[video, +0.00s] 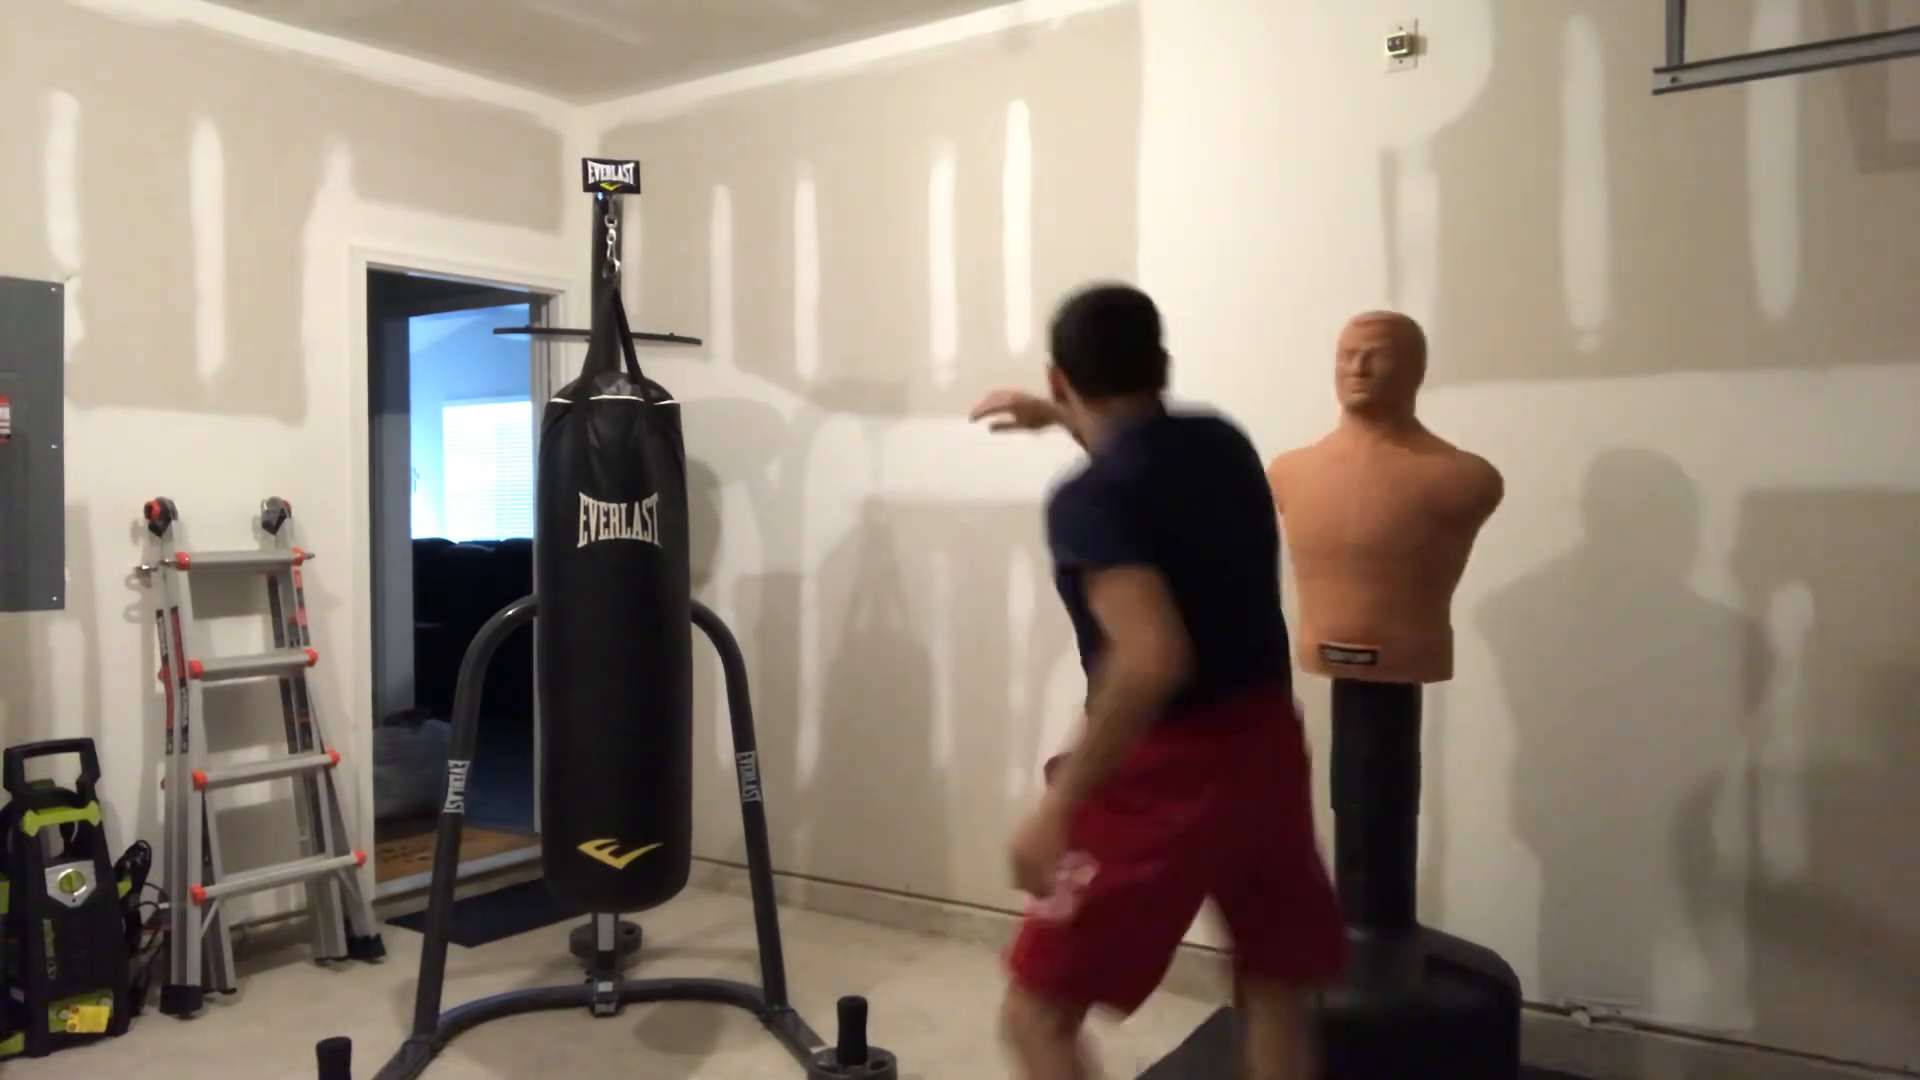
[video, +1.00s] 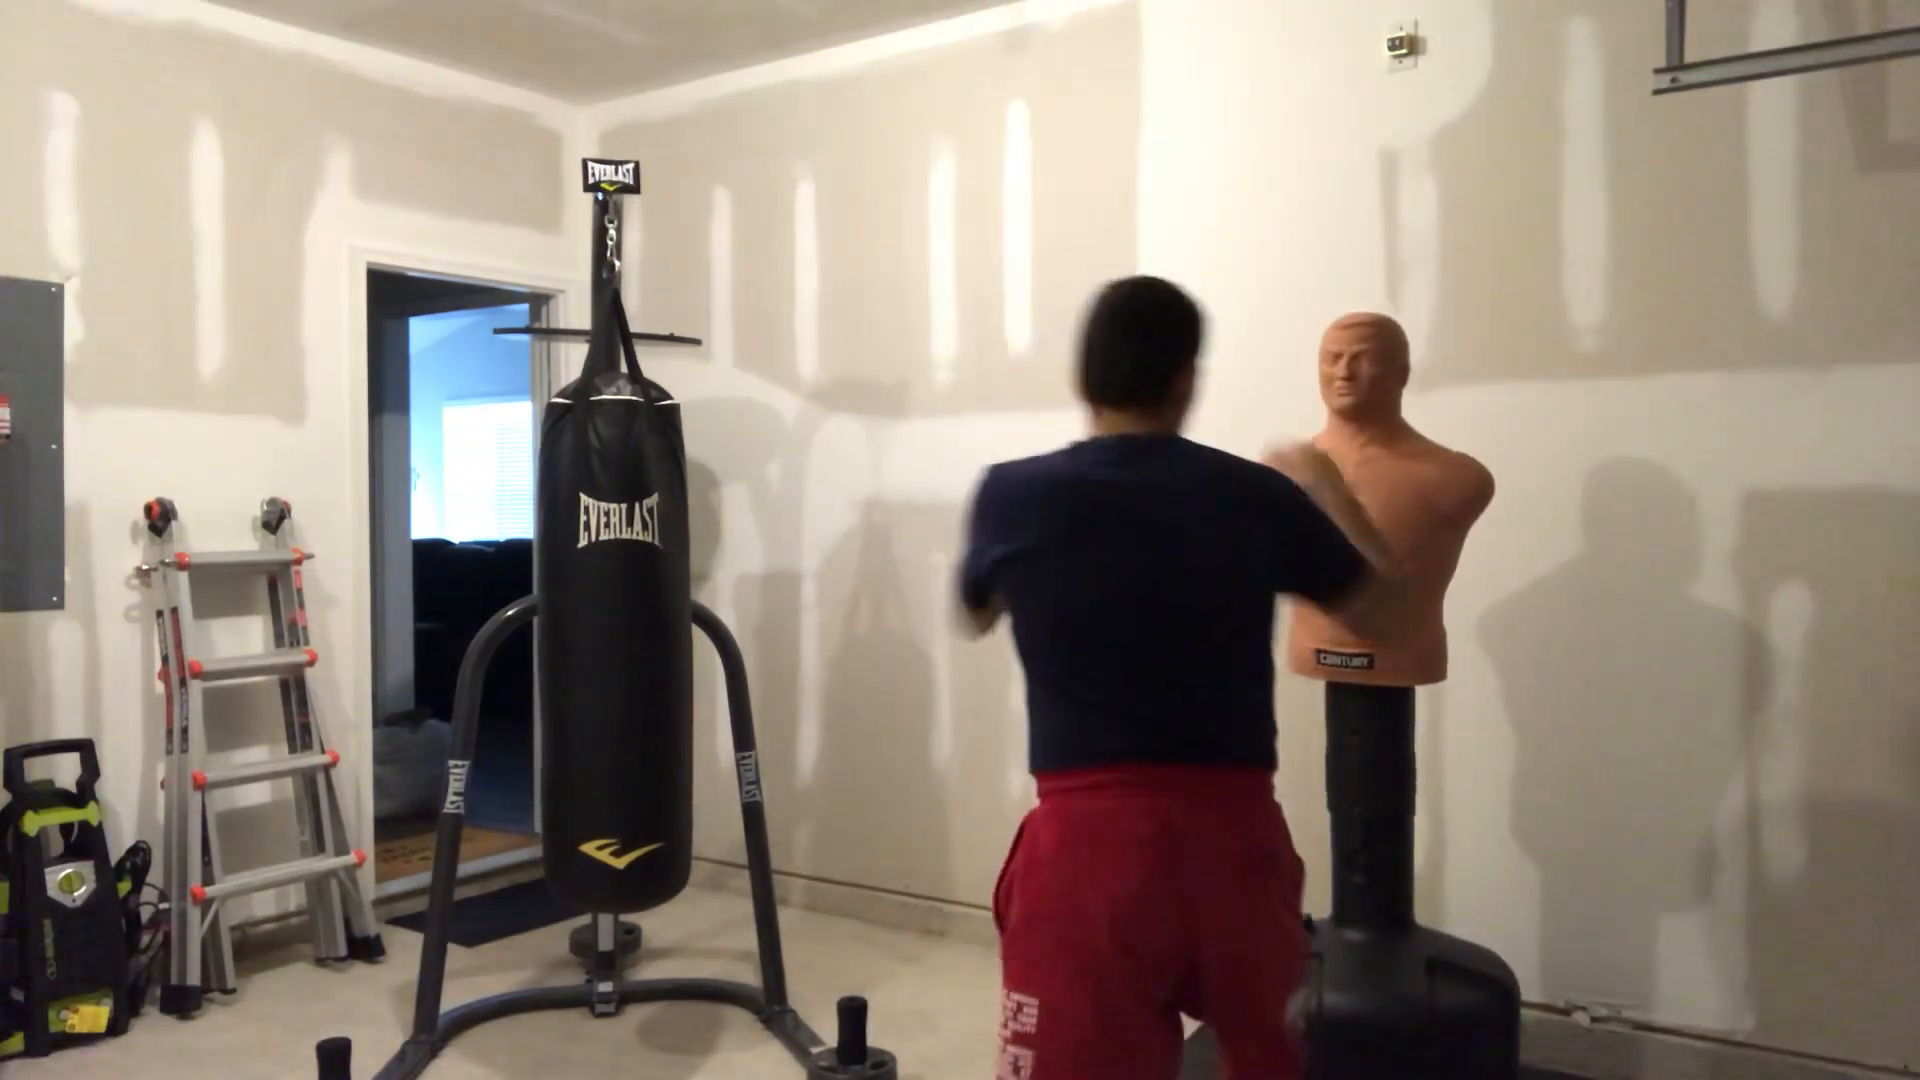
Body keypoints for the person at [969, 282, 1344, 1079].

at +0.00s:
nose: (1055, 391)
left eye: (1055, 375)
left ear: (1065, 380)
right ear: (1160, 365)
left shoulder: (1090, 494)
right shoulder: (1224, 443)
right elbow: (1139, 444)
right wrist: (1058, 415)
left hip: (1163, 772)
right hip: (1266, 757)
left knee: (1035, 1016)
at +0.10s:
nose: (1081, 418)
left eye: (1083, 406)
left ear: (1088, 416)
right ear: (1188, 412)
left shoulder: (1104, 538)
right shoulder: (1243, 510)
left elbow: (1164, 719)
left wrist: (1052, 826)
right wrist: (1108, 458)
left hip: (1136, 844)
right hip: (1250, 835)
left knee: (997, 1064)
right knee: (1248, 1060)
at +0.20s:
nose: (1078, 416)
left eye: (1076, 402)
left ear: (1081, 412)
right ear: (1191, 416)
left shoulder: (1068, 533)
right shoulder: (1243, 526)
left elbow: (1060, 747)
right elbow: (1231, 702)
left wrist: (999, 726)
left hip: (1109, 871)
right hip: (1228, 857)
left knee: (1005, 1067)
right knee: (1224, 1061)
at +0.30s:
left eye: (1074, 332)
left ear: (1076, 345)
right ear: (1189, 354)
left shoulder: (1028, 454)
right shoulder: (1238, 469)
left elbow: (937, 630)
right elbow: (1268, 621)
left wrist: (1017, 537)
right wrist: (1170, 572)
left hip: (1076, 794)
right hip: (1204, 790)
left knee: (1020, 1051)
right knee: (1221, 1043)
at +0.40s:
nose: (1059, 316)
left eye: (1061, 307)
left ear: (1066, 319)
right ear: (1181, 331)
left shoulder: (1006, 417)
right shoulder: (1234, 444)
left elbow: (907, 578)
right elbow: (1286, 609)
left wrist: (1000, 491)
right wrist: (1214, 515)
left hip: (1061, 766)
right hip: (1200, 766)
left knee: (1038, 1050)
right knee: (1218, 1035)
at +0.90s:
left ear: (1031, 372)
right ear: (1148, 373)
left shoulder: (980, 494)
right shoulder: (1216, 480)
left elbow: (923, 633)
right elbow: (1343, 567)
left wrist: (977, 533)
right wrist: (1287, 455)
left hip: (1086, 839)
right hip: (1235, 825)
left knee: (1057, 1062)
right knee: (1233, 1053)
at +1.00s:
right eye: (1188, 365)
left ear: (1082, 375)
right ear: (1188, 378)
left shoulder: (1015, 496)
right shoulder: (1252, 499)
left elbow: (974, 614)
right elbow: (1383, 610)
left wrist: (1047, 528)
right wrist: (1331, 488)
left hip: (1084, 843)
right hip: (1236, 840)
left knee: (1076, 1062)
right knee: (1273, 1062)